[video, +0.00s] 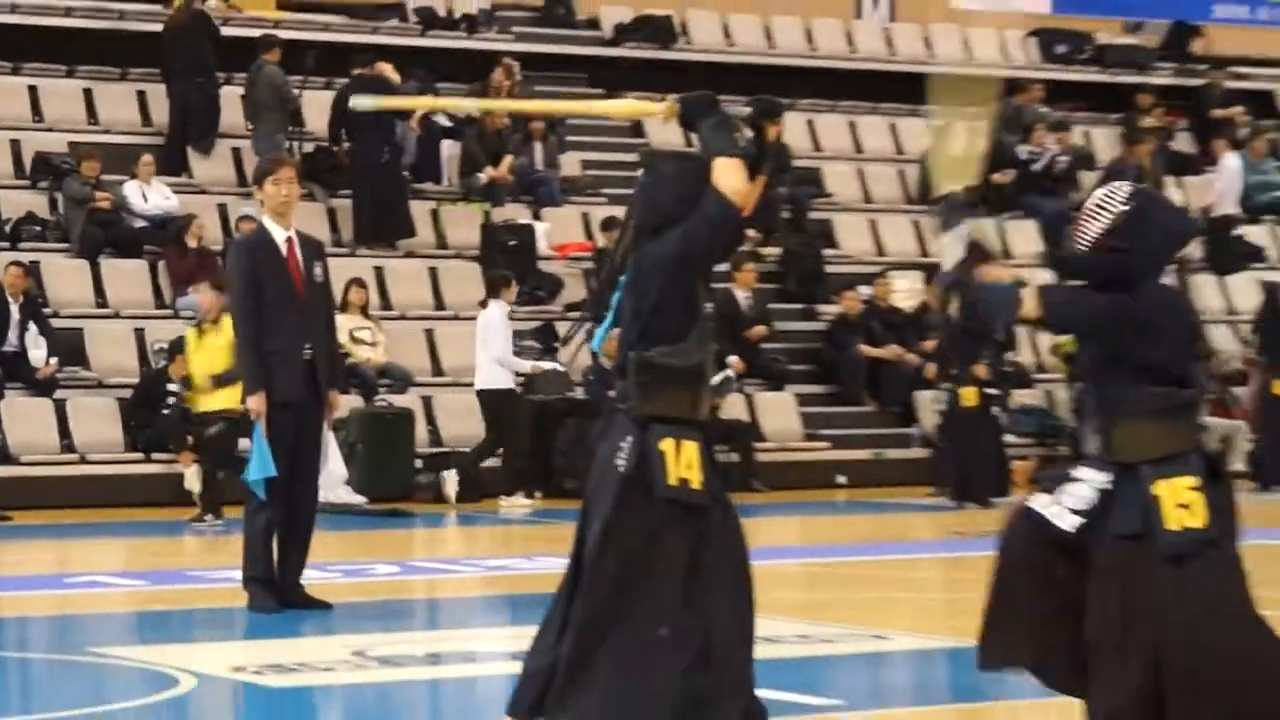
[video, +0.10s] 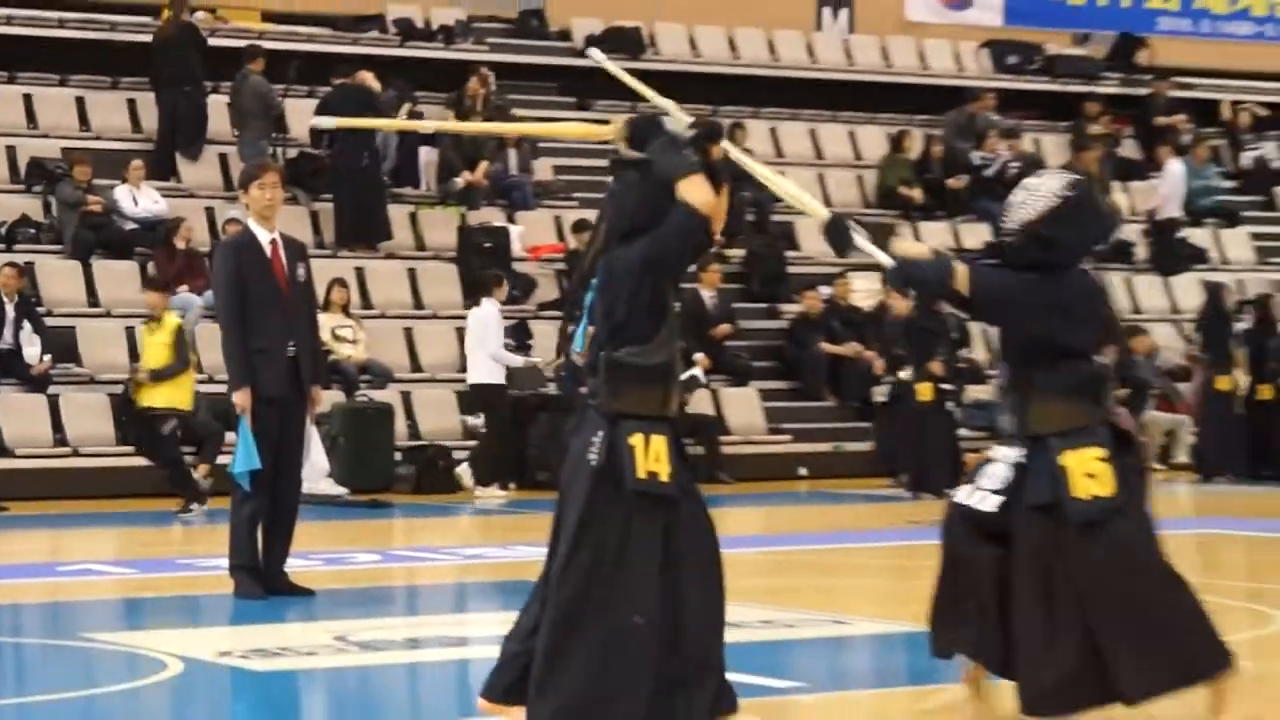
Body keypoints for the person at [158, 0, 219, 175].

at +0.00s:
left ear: (179, 5)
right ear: (196, 3)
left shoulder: (170, 23)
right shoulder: (202, 18)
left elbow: (164, 56)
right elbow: (217, 41)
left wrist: (168, 80)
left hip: (178, 82)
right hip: (202, 80)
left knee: (177, 127)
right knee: (209, 111)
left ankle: (174, 168)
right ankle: (203, 143)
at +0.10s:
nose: (189, 12)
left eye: (187, 9)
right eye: (188, 8)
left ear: (170, 9)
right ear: (184, 9)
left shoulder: (160, 32)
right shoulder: (189, 29)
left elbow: (154, 62)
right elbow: (203, 48)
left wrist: (157, 85)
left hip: (165, 87)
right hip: (188, 85)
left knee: (165, 129)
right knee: (196, 116)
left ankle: (163, 171)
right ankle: (191, 147)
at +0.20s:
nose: (175, 27)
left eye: (173, 24)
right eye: (174, 24)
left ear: (157, 23)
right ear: (173, 24)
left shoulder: (148, 44)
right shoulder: (177, 42)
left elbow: (143, 73)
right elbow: (189, 61)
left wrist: (145, 97)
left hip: (154, 97)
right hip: (175, 96)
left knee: (153, 138)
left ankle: (151, 178)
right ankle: (178, 155)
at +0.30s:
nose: (165, 38)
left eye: (164, 35)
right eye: (164, 35)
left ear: (147, 34)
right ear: (161, 35)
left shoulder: (138, 54)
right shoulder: (166, 51)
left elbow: (133, 84)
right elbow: (178, 72)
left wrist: (135, 107)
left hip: (144, 106)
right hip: (165, 105)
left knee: (143, 146)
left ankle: (141, 184)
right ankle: (167, 161)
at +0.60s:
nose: (195, 60)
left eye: (193, 57)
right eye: (194, 57)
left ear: (179, 57)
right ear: (193, 57)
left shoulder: (172, 75)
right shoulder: (197, 73)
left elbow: (167, 101)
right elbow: (209, 92)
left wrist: (169, 123)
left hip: (177, 122)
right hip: (197, 122)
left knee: (177, 160)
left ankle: (174, 195)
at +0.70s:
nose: (205, 68)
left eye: (203, 65)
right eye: (205, 65)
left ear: (191, 65)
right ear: (204, 65)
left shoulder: (184, 83)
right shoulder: (208, 81)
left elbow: (179, 109)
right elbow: (219, 98)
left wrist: (181, 130)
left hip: (189, 129)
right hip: (208, 129)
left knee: (188, 165)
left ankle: (186, 198)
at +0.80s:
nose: (214, 72)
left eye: (212, 69)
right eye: (213, 69)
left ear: (198, 69)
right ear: (211, 69)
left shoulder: (191, 87)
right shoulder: (214, 84)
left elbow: (187, 113)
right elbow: (226, 100)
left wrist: (189, 134)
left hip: (196, 132)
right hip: (215, 131)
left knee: (196, 166)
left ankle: (194, 198)